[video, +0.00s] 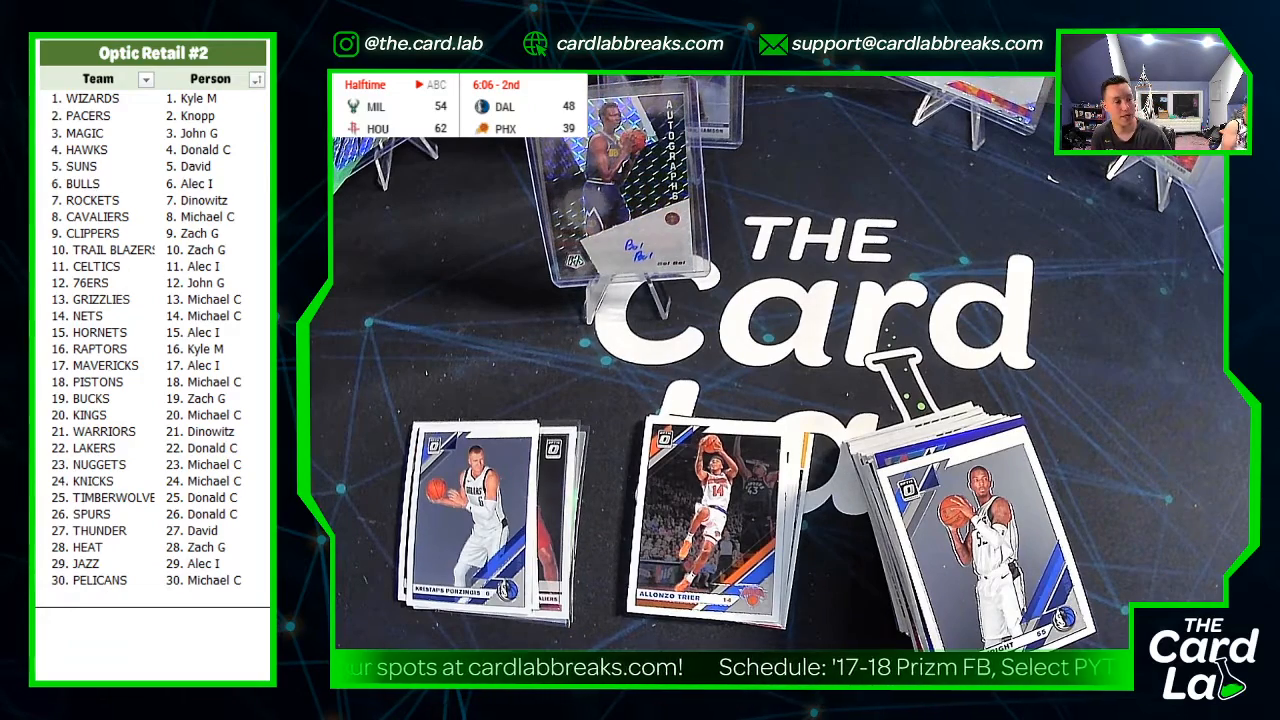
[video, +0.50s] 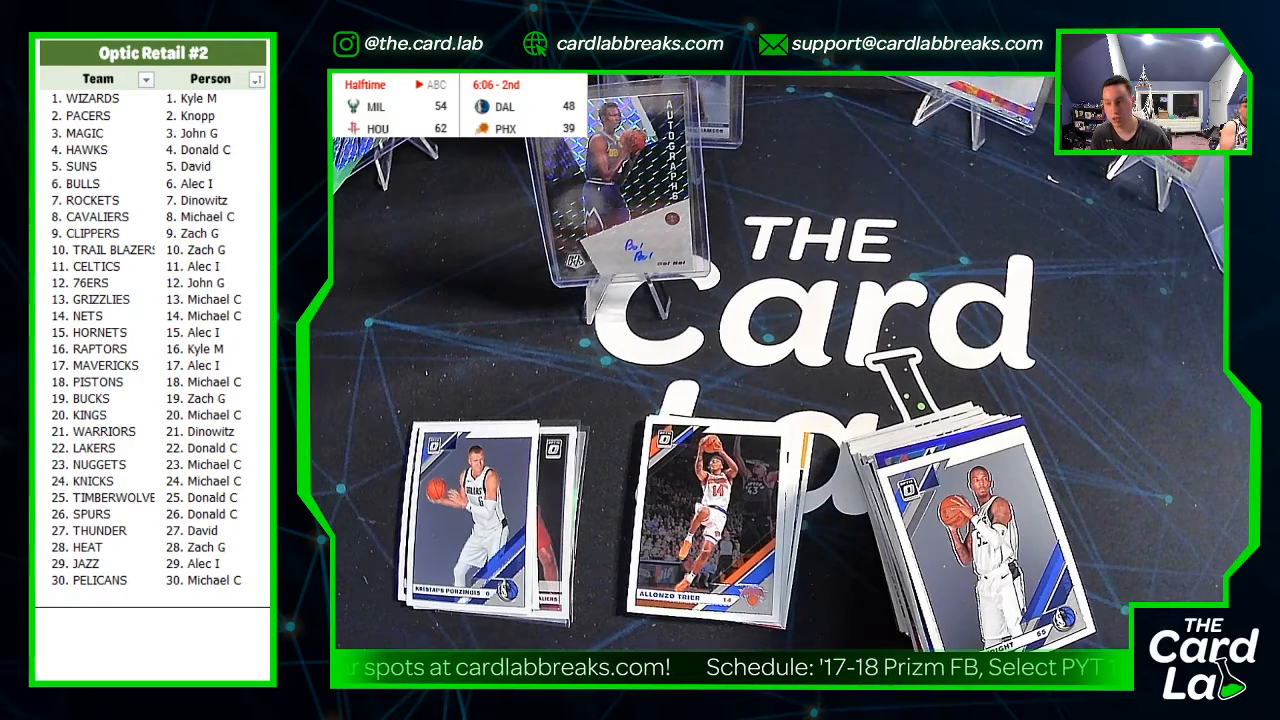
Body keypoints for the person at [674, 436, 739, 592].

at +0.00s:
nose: (714, 463)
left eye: (717, 461)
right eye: (713, 461)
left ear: (721, 465)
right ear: (710, 465)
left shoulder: (727, 476)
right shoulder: (706, 476)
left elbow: (734, 468)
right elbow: (698, 470)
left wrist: (722, 452)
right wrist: (700, 451)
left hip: (721, 513)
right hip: (706, 507)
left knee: (707, 550)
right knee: (704, 511)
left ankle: (688, 578)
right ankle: (688, 539)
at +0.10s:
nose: (714, 463)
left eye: (717, 461)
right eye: (713, 461)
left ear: (721, 465)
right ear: (710, 465)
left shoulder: (727, 476)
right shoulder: (706, 476)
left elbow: (734, 468)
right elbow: (698, 470)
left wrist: (722, 452)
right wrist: (700, 451)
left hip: (721, 513)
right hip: (706, 507)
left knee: (707, 550)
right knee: (704, 511)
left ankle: (688, 578)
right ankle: (688, 539)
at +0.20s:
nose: (714, 463)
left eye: (717, 461)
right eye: (713, 461)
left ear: (721, 465)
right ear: (710, 465)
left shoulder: (727, 476)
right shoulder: (706, 477)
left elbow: (734, 468)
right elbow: (698, 470)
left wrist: (722, 452)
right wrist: (700, 451)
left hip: (721, 513)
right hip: (706, 507)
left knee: (707, 550)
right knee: (704, 511)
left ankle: (688, 578)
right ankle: (688, 539)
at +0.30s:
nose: (714, 463)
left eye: (717, 461)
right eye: (713, 461)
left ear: (721, 465)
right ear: (710, 465)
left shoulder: (727, 476)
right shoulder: (706, 477)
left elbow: (734, 468)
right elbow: (698, 470)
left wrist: (722, 452)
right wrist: (700, 451)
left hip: (721, 513)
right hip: (706, 507)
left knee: (707, 550)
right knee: (704, 511)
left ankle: (688, 578)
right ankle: (688, 539)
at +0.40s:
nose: (714, 463)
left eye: (717, 461)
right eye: (713, 461)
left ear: (721, 465)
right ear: (710, 465)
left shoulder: (727, 476)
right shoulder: (706, 477)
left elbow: (734, 468)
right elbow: (698, 470)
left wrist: (722, 452)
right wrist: (700, 451)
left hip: (721, 513)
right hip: (706, 507)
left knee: (707, 550)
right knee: (704, 511)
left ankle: (688, 578)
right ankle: (688, 539)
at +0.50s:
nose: (714, 463)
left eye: (717, 461)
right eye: (713, 461)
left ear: (721, 465)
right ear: (710, 465)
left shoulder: (727, 476)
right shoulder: (706, 477)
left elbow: (734, 468)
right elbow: (698, 470)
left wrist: (722, 452)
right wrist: (700, 451)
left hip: (721, 513)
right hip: (706, 507)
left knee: (707, 550)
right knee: (704, 511)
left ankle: (688, 578)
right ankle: (688, 539)